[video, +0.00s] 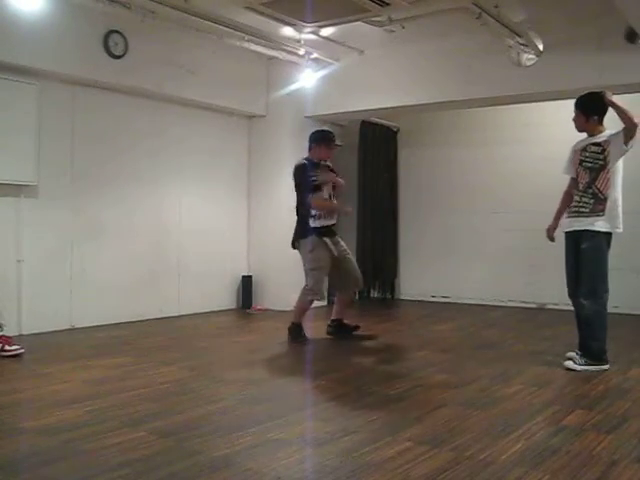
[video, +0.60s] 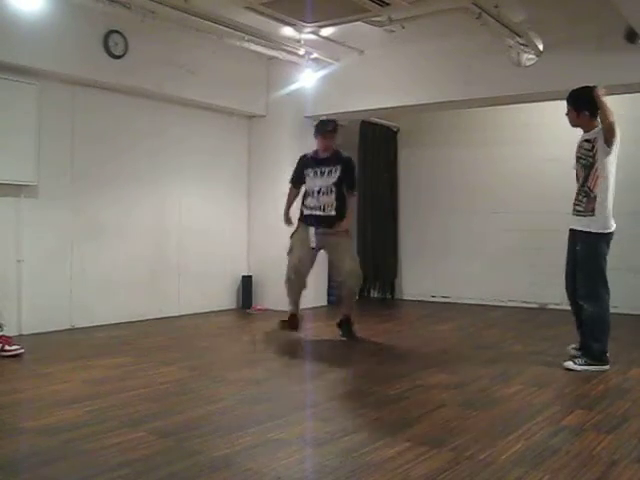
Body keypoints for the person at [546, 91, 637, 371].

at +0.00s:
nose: (574, 119)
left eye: (577, 114)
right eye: (575, 114)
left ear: (590, 116)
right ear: (590, 117)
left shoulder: (613, 143)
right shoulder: (578, 147)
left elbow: (632, 126)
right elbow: (571, 187)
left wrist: (612, 103)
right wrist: (555, 220)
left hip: (597, 227)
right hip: (572, 227)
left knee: (592, 294)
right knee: (578, 293)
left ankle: (597, 356)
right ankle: (587, 350)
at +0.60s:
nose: (568, 117)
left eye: (570, 112)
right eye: (568, 112)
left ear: (582, 112)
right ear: (586, 113)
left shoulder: (604, 139)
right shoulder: (586, 139)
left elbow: (609, 125)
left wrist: (600, 98)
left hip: (595, 228)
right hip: (579, 225)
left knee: (592, 291)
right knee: (575, 288)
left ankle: (597, 355)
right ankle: (587, 345)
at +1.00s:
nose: (564, 126)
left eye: (566, 120)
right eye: (564, 120)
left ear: (577, 118)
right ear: (576, 119)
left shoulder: (595, 143)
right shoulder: (587, 145)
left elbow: (582, 126)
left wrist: (589, 106)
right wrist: (588, 106)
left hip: (587, 229)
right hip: (582, 228)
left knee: (581, 292)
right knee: (587, 290)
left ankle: (594, 354)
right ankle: (589, 347)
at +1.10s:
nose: (562, 124)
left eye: (564, 119)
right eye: (562, 119)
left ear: (576, 118)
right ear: (576, 119)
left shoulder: (591, 142)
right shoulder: (587, 145)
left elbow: (581, 122)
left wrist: (588, 105)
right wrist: (587, 104)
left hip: (583, 228)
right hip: (589, 227)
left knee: (566, 285)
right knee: (590, 287)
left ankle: (588, 347)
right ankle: (594, 345)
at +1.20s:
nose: (561, 126)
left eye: (563, 120)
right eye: (560, 120)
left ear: (574, 118)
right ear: (574, 120)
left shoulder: (586, 142)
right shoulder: (591, 144)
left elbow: (576, 119)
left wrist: (585, 104)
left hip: (579, 227)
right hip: (592, 228)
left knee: (554, 284)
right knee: (591, 290)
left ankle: (578, 342)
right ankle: (598, 345)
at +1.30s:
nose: (557, 126)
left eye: (558, 120)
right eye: (556, 121)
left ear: (568, 118)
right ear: (569, 121)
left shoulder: (582, 142)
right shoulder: (590, 144)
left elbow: (572, 121)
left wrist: (580, 104)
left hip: (575, 225)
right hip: (592, 227)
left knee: (546, 281)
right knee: (589, 290)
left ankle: (561, 342)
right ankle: (596, 346)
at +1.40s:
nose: (552, 129)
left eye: (553, 123)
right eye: (551, 124)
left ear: (563, 120)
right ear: (568, 122)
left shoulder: (577, 143)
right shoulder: (585, 146)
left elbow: (565, 121)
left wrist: (574, 105)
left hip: (570, 226)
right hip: (588, 228)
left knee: (542, 281)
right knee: (587, 290)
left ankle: (543, 341)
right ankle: (595, 345)